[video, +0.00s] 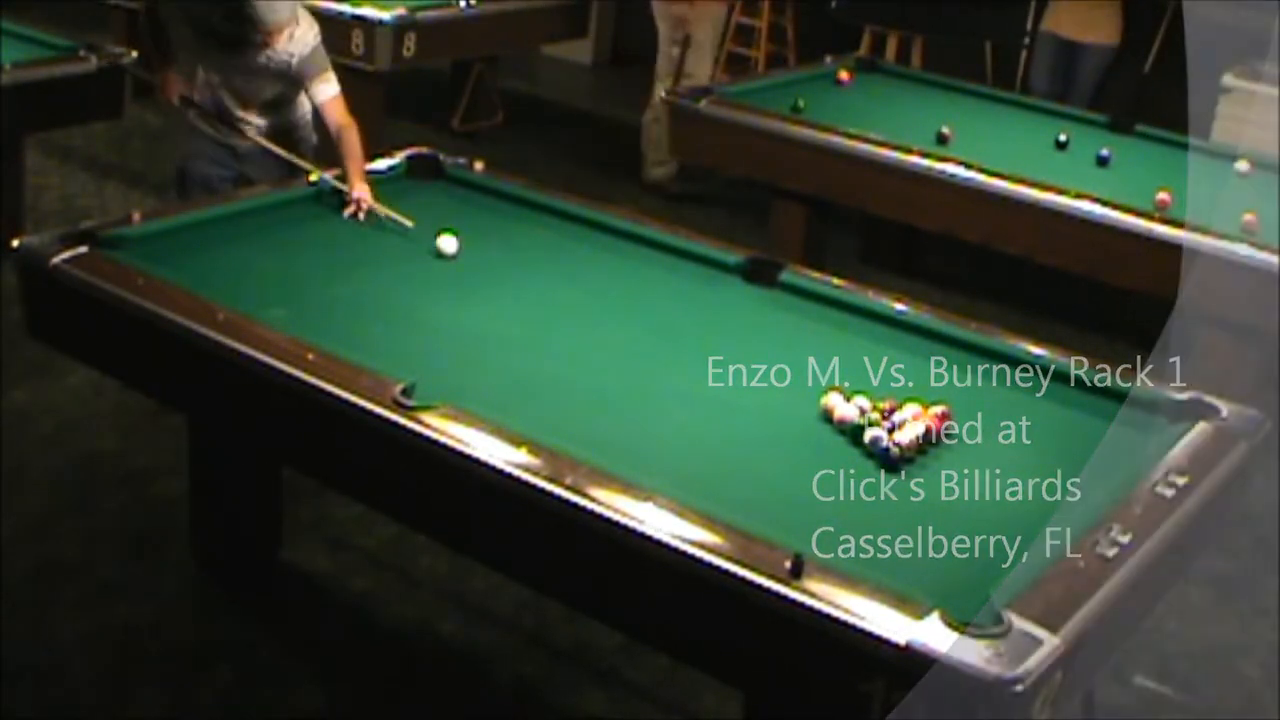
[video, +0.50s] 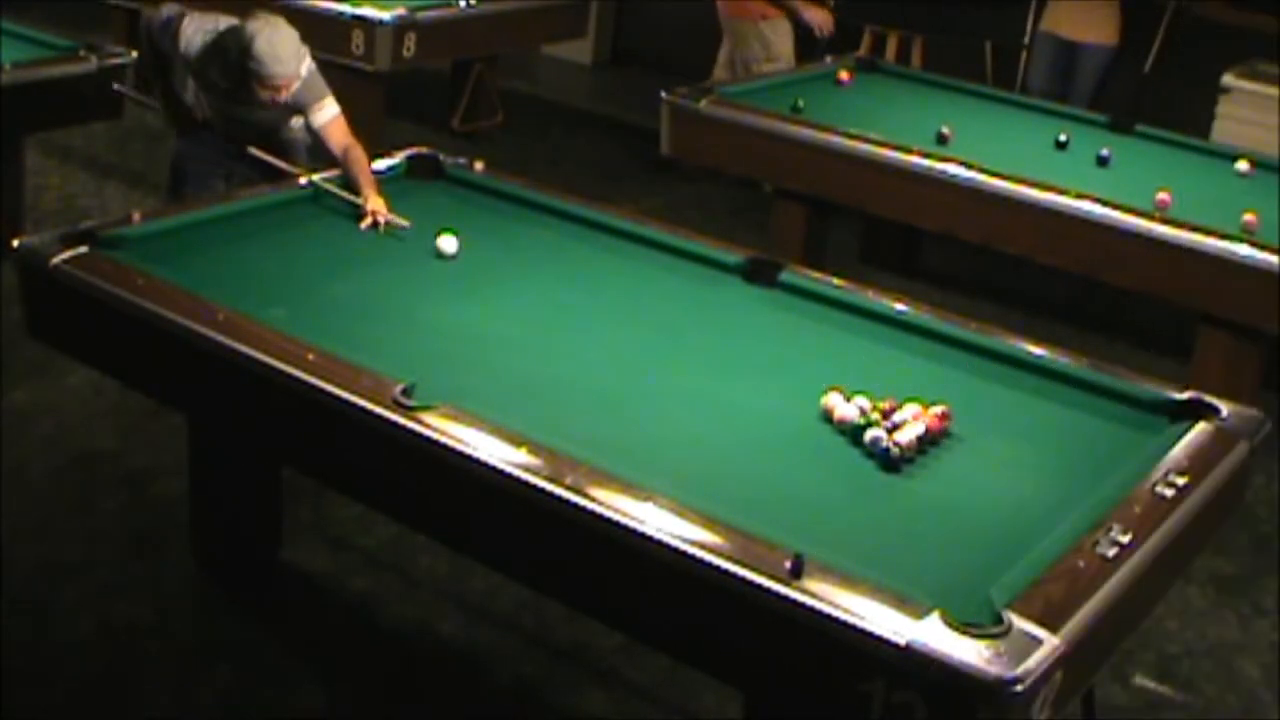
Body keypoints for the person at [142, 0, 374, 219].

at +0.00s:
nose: (277, 41)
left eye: (284, 31)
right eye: (268, 34)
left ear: (292, 18)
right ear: (237, 27)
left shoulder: (302, 39)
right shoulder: (199, 20)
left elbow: (343, 125)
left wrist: (357, 181)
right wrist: (170, 69)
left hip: (281, 143)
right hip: (209, 133)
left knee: (280, 235)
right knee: (201, 231)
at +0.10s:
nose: (279, 58)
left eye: (286, 48)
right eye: (269, 50)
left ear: (296, 35)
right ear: (242, 38)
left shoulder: (304, 53)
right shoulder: (202, 23)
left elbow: (344, 135)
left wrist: (363, 188)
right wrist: (181, 83)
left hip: (286, 138)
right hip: (217, 129)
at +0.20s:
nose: (282, 70)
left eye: (289, 60)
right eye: (271, 62)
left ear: (298, 46)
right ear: (247, 48)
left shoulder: (307, 64)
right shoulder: (203, 29)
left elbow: (346, 140)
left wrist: (366, 190)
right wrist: (182, 90)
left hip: (285, 138)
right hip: (219, 126)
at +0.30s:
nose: (281, 79)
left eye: (288, 68)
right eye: (271, 69)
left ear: (298, 53)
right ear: (246, 54)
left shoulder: (306, 71)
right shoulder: (198, 26)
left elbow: (346, 143)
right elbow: (152, 26)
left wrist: (368, 192)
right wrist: (179, 95)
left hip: (279, 148)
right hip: (213, 133)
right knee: (195, 226)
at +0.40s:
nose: (279, 89)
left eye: (286, 78)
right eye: (269, 80)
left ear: (297, 62)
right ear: (245, 63)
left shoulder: (306, 75)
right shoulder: (200, 34)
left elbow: (346, 145)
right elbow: (150, 23)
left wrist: (369, 194)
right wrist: (181, 101)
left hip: (276, 145)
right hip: (210, 133)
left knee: (272, 231)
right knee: (191, 226)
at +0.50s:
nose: (283, 97)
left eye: (290, 87)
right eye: (272, 89)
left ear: (300, 68)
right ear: (248, 73)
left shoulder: (306, 75)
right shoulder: (201, 41)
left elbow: (346, 145)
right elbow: (152, 19)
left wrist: (370, 194)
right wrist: (173, 104)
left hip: (274, 139)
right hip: (208, 130)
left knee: (274, 225)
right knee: (195, 222)